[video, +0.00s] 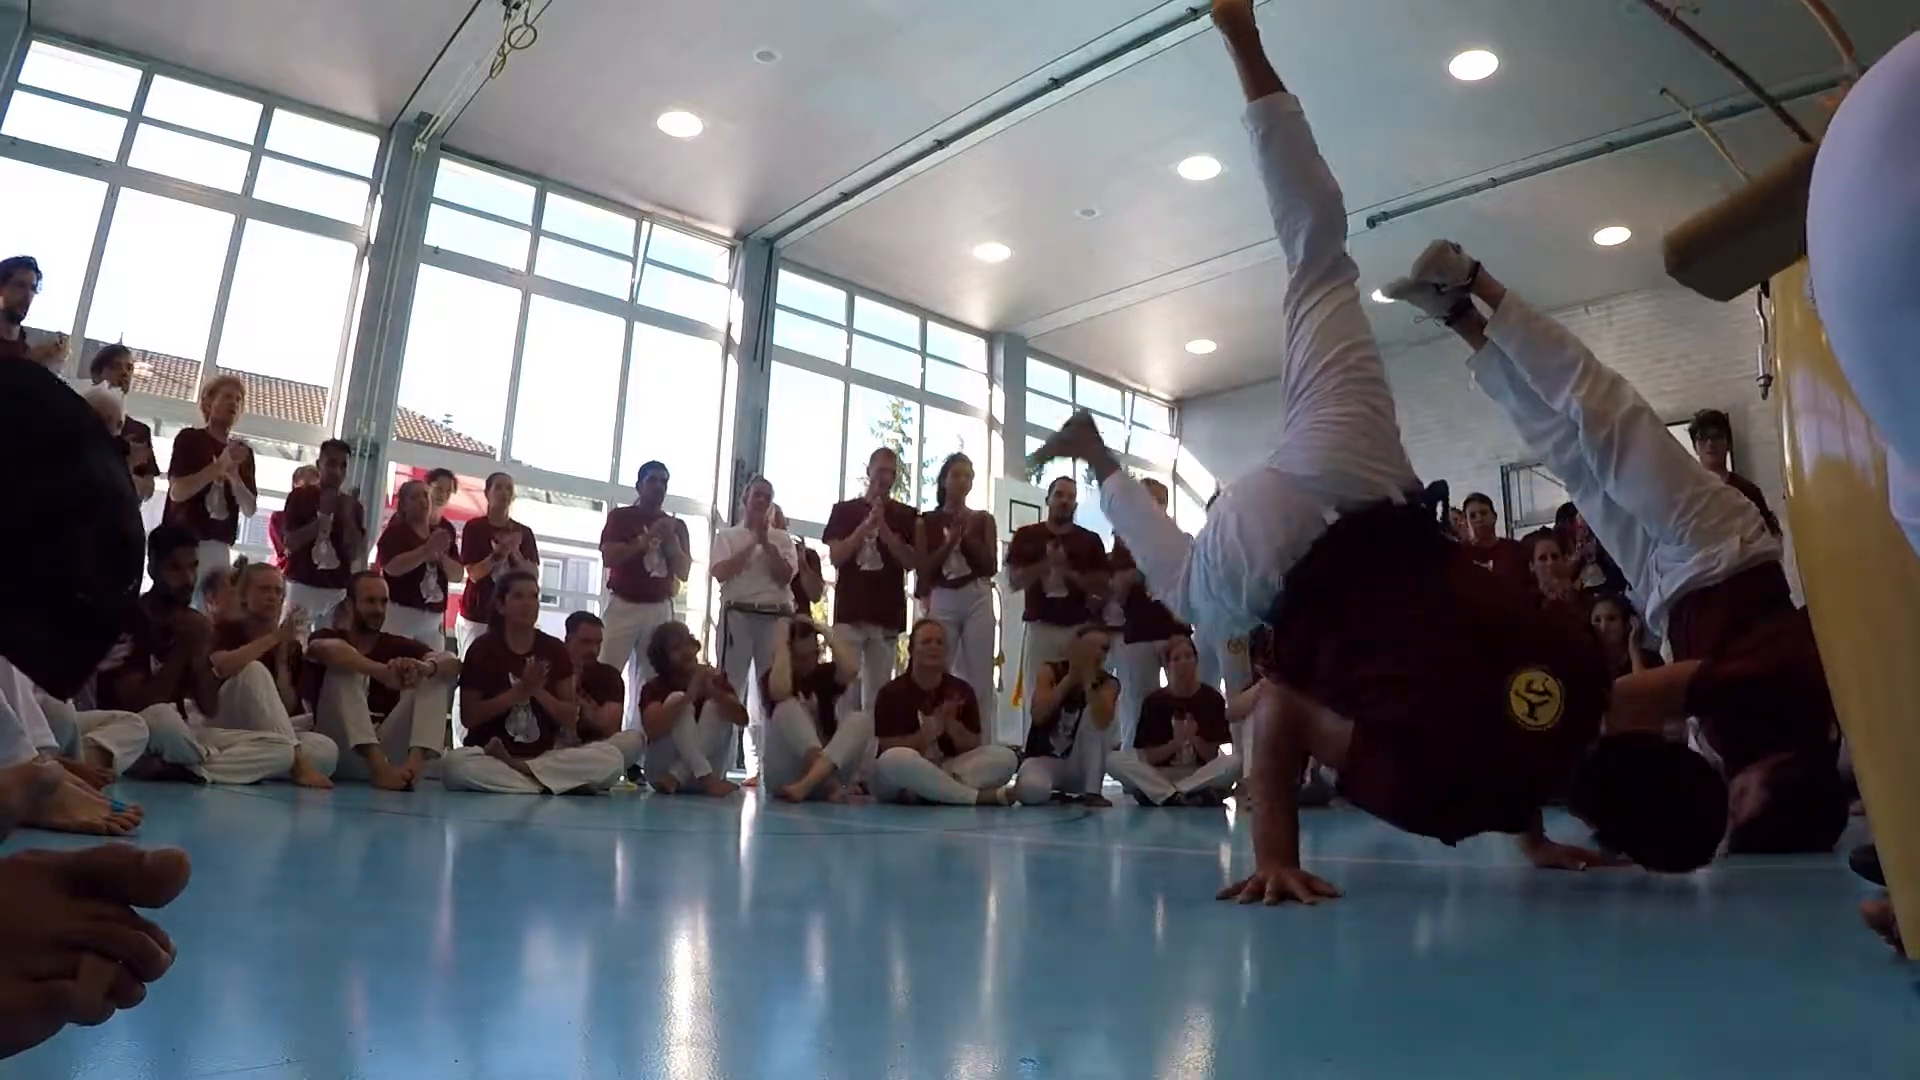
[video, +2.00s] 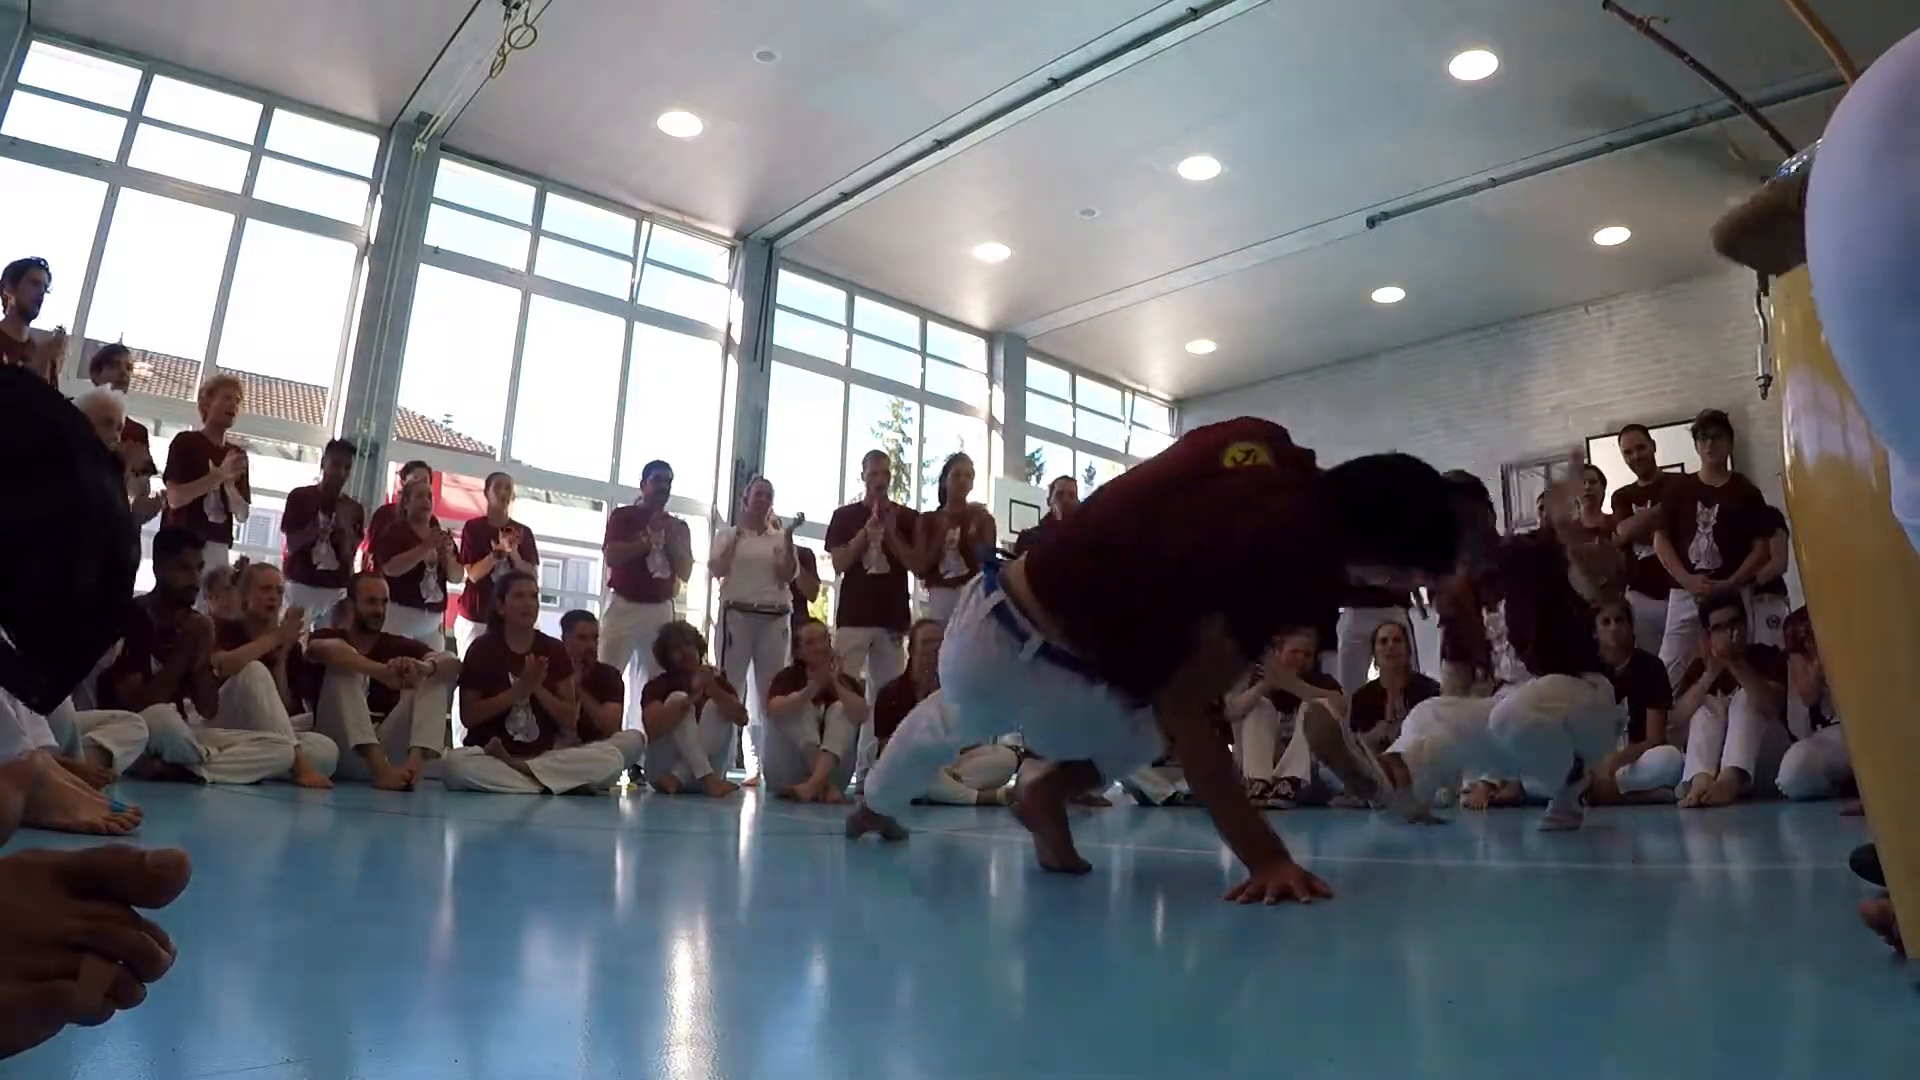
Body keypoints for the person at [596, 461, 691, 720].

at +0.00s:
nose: (658, 485)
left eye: (663, 481)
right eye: (652, 480)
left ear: (667, 487)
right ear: (639, 484)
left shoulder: (676, 525)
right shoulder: (619, 517)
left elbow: (684, 572)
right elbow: (610, 557)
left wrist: (670, 539)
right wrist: (646, 540)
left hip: (659, 609)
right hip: (622, 607)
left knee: (652, 684)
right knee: (605, 678)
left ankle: (645, 746)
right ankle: (597, 744)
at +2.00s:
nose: (663, 486)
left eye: (668, 481)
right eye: (657, 479)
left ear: (671, 487)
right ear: (643, 484)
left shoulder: (678, 526)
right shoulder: (622, 516)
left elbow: (685, 573)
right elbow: (612, 556)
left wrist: (671, 544)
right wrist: (646, 543)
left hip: (660, 610)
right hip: (623, 608)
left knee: (657, 687)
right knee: (605, 681)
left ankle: (654, 752)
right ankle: (598, 748)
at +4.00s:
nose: (661, 486)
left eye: (665, 481)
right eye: (655, 480)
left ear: (669, 487)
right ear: (641, 484)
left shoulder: (677, 525)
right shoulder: (622, 516)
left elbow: (685, 573)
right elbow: (612, 558)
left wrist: (673, 544)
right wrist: (642, 543)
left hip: (661, 610)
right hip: (624, 607)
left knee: (655, 686)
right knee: (606, 680)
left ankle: (647, 750)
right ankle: (599, 746)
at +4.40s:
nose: (660, 485)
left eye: (665, 481)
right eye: (654, 480)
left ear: (669, 486)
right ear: (640, 484)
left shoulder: (677, 525)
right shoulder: (620, 517)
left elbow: (685, 574)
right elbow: (610, 559)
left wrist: (673, 544)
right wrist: (644, 540)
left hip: (660, 610)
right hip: (623, 608)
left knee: (654, 684)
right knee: (606, 679)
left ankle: (650, 750)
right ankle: (599, 745)